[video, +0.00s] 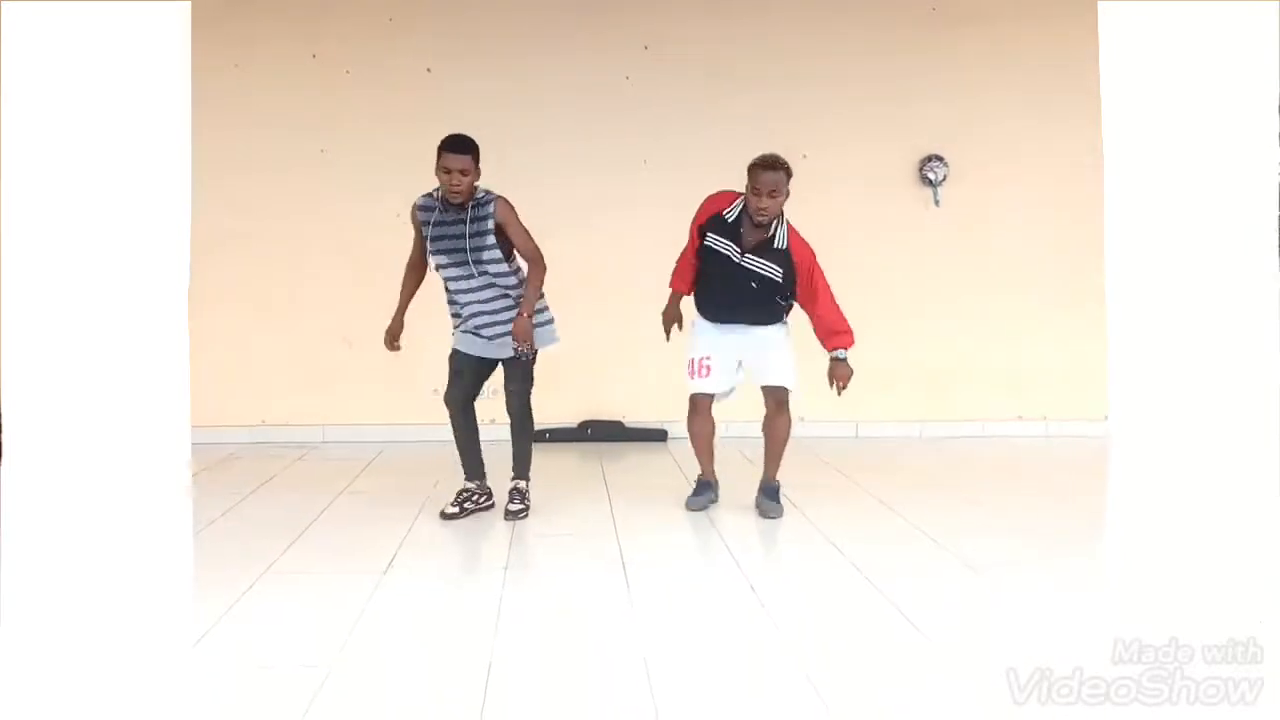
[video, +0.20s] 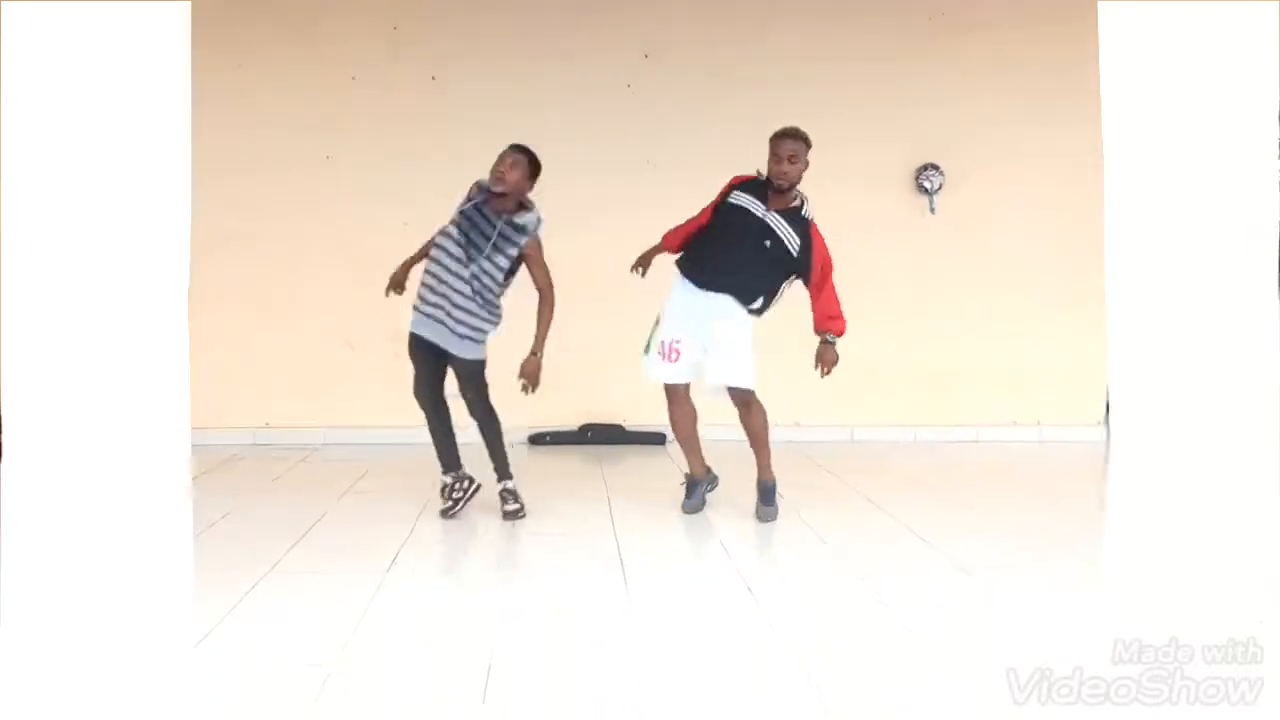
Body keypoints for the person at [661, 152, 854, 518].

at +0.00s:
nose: (762, 203)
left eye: (773, 196)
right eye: (756, 193)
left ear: (786, 196)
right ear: (746, 189)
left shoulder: (793, 248)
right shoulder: (717, 208)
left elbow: (819, 298)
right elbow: (694, 250)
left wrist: (839, 352)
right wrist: (675, 298)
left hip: (768, 330)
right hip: (712, 325)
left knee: (778, 400)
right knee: (699, 399)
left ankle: (770, 485)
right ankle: (707, 480)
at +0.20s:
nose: (782, 166)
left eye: (792, 160)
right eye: (776, 158)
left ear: (805, 166)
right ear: (767, 159)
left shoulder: (804, 231)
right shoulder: (740, 188)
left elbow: (823, 284)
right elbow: (702, 222)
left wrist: (828, 338)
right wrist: (657, 249)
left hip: (731, 311)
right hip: (686, 296)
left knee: (742, 395)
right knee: (674, 388)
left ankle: (765, 479)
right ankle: (698, 473)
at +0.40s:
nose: (760, 154)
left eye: (765, 149)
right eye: (749, 150)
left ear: (774, 162)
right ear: (734, 164)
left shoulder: (790, 205)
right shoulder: (722, 211)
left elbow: (807, 264)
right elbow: (690, 258)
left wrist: (820, 318)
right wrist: (648, 295)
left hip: (768, 305)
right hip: (716, 302)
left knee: (777, 396)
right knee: (704, 392)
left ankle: (787, 485)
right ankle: (710, 479)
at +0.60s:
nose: (714, 146)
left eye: (717, 141)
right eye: (702, 144)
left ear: (726, 152)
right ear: (688, 164)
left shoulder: (759, 175)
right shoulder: (699, 221)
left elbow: (801, 198)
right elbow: (692, 280)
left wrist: (827, 222)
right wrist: (668, 340)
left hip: (794, 290)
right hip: (742, 301)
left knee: (795, 386)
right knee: (727, 387)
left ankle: (787, 475)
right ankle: (717, 471)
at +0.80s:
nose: (693, 150)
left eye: (694, 144)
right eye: (681, 151)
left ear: (704, 148)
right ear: (670, 173)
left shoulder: (739, 157)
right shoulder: (697, 228)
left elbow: (786, 155)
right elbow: (705, 288)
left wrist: (814, 172)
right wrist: (688, 348)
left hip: (803, 277)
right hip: (754, 294)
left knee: (807, 377)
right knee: (736, 381)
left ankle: (796, 467)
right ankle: (721, 465)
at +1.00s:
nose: (663, 162)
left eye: (668, 152)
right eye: (659, 155)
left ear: (694, 146)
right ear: (665, 156)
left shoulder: (736, 151)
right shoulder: (691, 206)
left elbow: (786, 163)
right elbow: (700, 261)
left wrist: (798, 218)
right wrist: (688, 320)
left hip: (789, 266)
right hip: (741, 278)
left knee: (794, 357)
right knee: (729, 361)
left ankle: (789, 448)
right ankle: (722, 445)